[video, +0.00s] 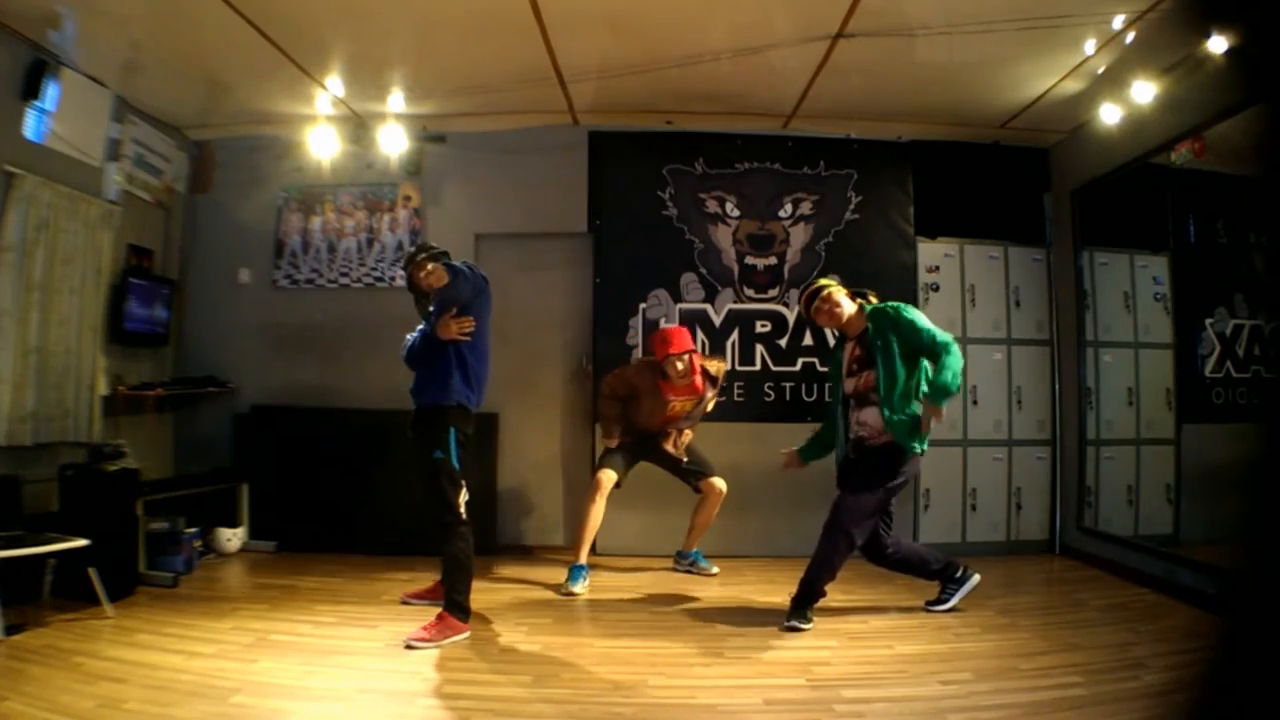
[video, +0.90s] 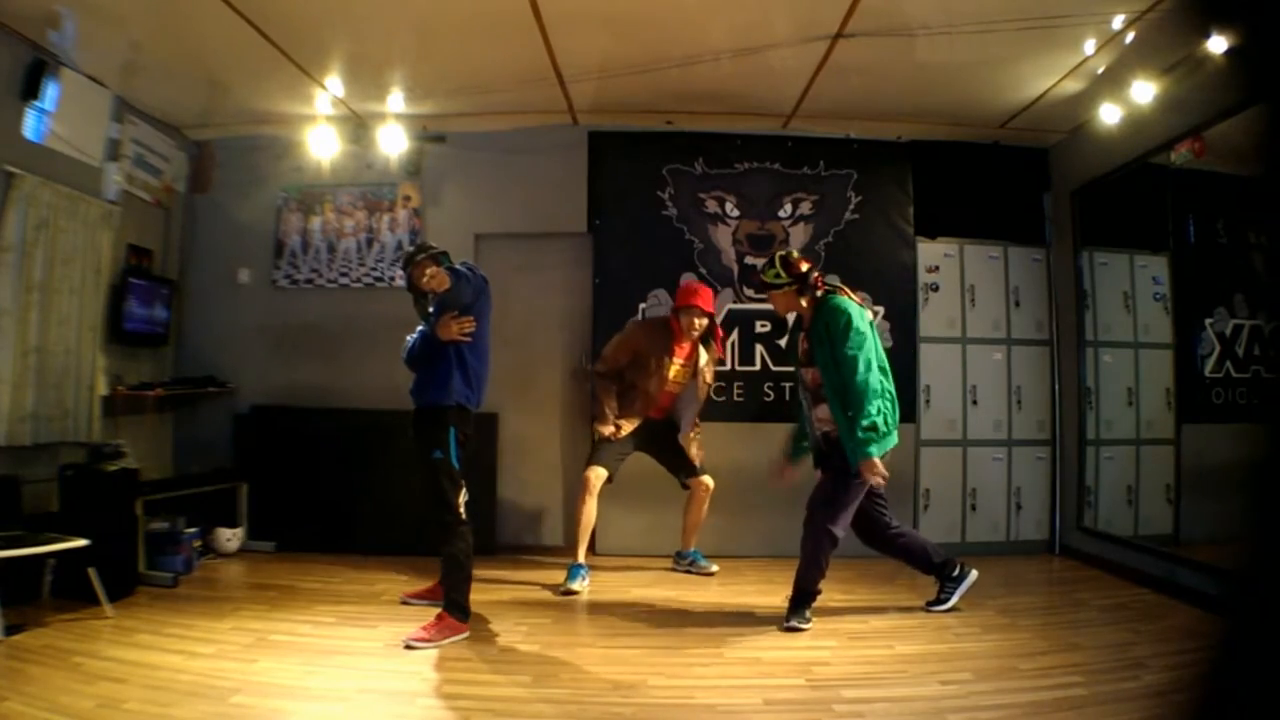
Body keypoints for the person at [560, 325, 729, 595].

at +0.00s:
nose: (678, 364)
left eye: (683, 357)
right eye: (671, 360)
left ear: (693, 355)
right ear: (661, 362)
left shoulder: (708, 375)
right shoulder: (641, 373)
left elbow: (706, 403)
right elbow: (609, 389)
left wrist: (688, 427)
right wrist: (611, 432)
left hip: (668, 439)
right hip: (630, 438)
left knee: (716, 488)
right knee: (602, 480)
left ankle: (687, 554)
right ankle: (579, 567)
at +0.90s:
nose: (696, 322)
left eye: (703, 316)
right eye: (690, 314)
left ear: (709, 320)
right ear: (677, 313)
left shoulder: (702, 356)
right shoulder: (643, 332)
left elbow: (693, 409)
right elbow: (604, 370)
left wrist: (690, 444)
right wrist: (605, 417)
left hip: (663, 427)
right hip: (624, 423)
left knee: (703, 485)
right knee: (591, 478)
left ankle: (686, 554)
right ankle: (578, 566)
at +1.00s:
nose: (686, 313)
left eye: (692, 307)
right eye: (680, 305)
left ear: (699, 310)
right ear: (665, 304)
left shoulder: (694, 345)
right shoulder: (633, 324)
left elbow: (691, 396)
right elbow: (594, 365)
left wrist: (690, 440)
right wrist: (599, 412)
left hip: (654, 422)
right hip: (618, 418)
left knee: (694, 485)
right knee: (586, 479)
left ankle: (685, 554)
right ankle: (577, 566)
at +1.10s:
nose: (678, 305)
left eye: (684, 299)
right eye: (672, 297)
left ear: (688, 302)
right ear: (655, 296)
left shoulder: (683, 337)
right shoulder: (617, 319)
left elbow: (680, 385)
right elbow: (584, 363)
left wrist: (681, 415)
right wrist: (591, 407)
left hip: (652, 421)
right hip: (613, 416)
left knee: (683, 486)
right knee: (584, 481)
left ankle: (684, 554)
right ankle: (578, 567)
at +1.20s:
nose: (674, 301)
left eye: (677, 295)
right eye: (668, 294)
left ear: (679, 295)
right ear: (648, 291)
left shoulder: (669, 327)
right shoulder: (609, 314)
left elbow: (669, 374)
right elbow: (580, 362)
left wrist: (673, 410)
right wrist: (594, 404)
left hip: (646, 417)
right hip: (608, 414)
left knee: (678, 481)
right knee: (592, 483)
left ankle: (680, 555)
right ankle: (578, 567)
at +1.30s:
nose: (669, 299)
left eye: (672, 293)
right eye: (664, 291)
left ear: (672, 292)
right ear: (644, 286)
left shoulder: (658, 321)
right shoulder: (608, 311)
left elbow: (656, 367)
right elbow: (597, 363)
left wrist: (663, 393)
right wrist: (625, 377)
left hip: (640, 413)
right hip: (606, 410)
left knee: (674, 476)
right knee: (600, 483)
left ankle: (678, 558)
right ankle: (579, 566)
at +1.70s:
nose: (667, 289)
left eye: (674, 285)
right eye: (662, 280)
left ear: (679, 288)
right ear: (647, 276)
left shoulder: (662, 317)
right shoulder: (624, 304)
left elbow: (660, 371)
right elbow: (644, 350)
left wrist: (686, 397)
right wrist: (680, 349)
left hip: (655, 413)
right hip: (622, 411)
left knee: (698, 478)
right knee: (606, 487)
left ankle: (681, 556)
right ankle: (578, 566)